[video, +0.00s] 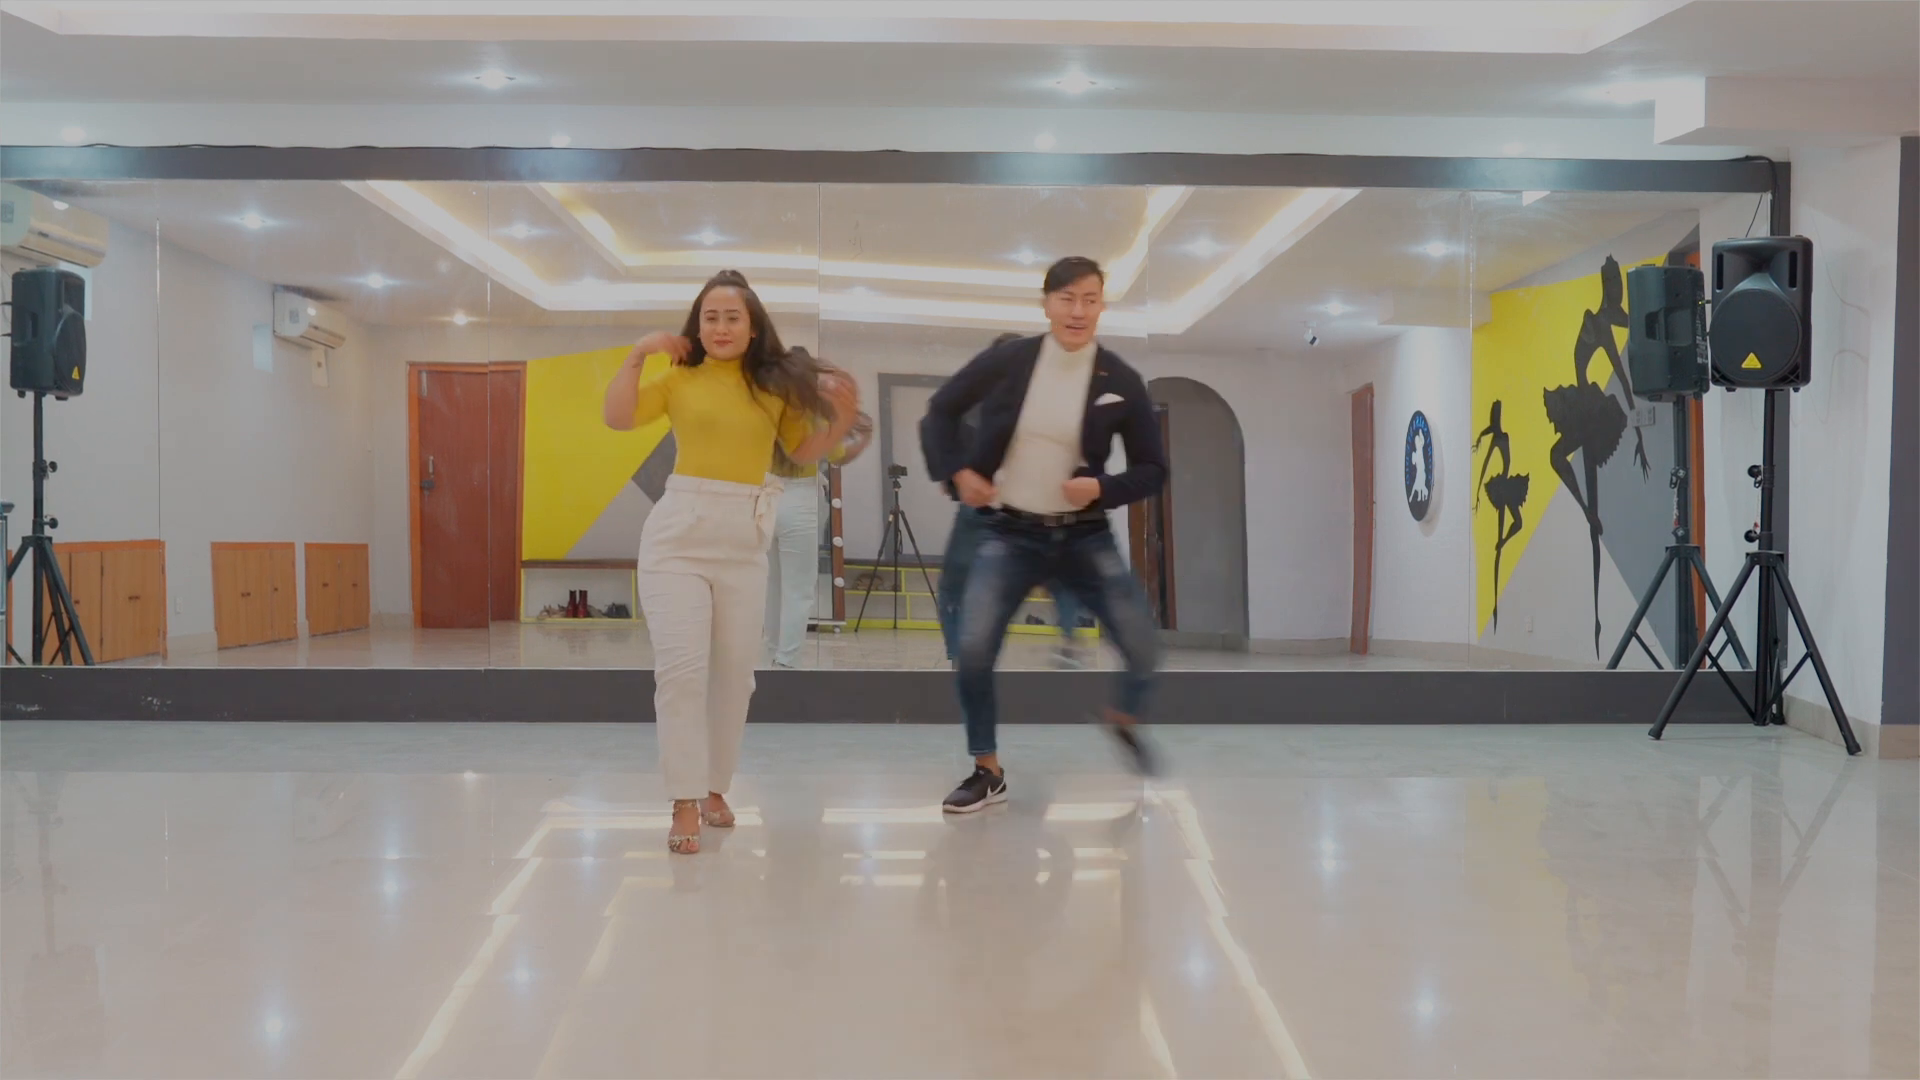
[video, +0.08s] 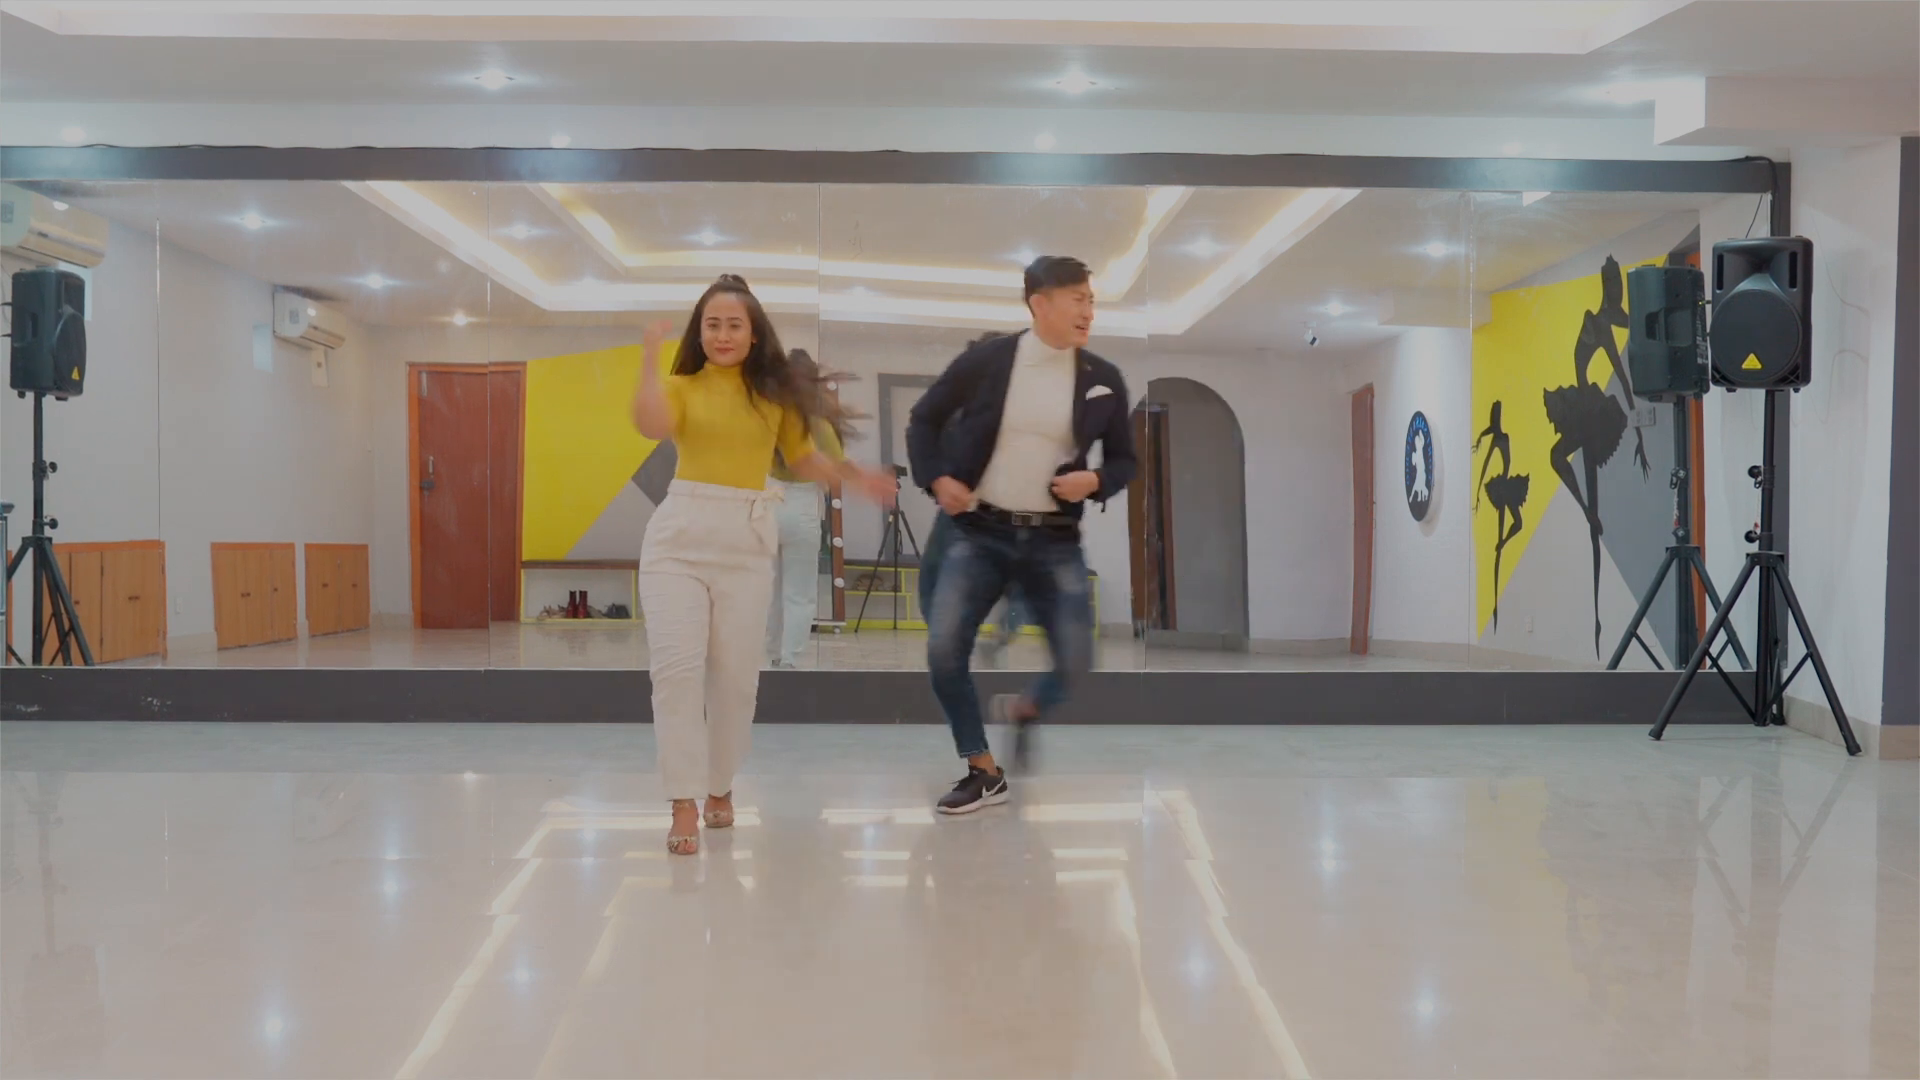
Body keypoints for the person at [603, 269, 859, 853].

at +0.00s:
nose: (721, 327)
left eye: (733, 317)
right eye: (711, 317)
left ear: (753, 326)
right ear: (697, 326)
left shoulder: (773, 390)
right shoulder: (678, 379)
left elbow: (804, 453)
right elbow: (619, 416)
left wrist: (842, 417)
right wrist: (640, 351)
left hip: (745, 545)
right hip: (677, 537)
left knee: (735, 673)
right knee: (681, 667)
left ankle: (717, 789)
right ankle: (686, 801)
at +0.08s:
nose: (724, 334)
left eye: (736, 324)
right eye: (714, 323)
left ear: (755, 333)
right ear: (699, 331)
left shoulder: (772, 397)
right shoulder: (681, 385)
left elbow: (802, 458)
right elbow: (652, 425)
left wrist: (855, 477)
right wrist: (650, 356)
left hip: (746, 541)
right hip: (678, 535)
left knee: (736, 674)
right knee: (676, 666)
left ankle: (719, 787)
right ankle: (683, 801)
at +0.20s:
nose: (728, 337)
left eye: (740, 328)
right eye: (717, 327)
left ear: (758, 338)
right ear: (699, 336)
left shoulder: (772, 400)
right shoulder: (684, 387)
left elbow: (773, 483)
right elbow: (705, 444)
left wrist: (802, 530)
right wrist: (714, 374)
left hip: (751, 545)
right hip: (685, 541)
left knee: (734, 678)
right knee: (663, 665)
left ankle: (726, 790)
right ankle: (685, 796)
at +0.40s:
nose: (741, 328)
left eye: (753, 317)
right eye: (730, 316)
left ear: (771, 323)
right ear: (715, 322)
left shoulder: (780, 386)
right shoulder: (695, 378)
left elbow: (792, 468)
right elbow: (668, 454)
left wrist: (837, 471)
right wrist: (669, 486)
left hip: (765, 532)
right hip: (699, 525)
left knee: (755, 660)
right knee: (728, 643)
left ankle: (729, 783)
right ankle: (670, 655)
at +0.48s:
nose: (748, 329)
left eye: (760, 317)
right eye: (737, 317)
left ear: (778, 323)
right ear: (721, 322)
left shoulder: (787, 386)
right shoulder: (696, 376)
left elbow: (815, 463)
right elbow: (656, 444)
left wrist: (860, 440)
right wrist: (628, 488)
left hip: (766, 531)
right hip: (705, 526)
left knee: (749, 660)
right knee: (769, 637)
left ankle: (711, 779)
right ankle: (676, 643)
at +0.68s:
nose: (760, 342)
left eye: (772, 331)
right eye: (749, 330)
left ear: (790, 335)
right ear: (734, 334)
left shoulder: (804, 395)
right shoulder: (712, 389)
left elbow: (843, 466)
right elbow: (658, 448)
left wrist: (888, 461)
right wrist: (589, 442)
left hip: (777, 548)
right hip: (726, 543)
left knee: (740, 677)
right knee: (789, 660)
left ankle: (689, 782)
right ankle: (783, 791)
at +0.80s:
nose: (766, 344)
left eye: (777, 333)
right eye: (755, 333)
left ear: (795, 340)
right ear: (740, 338)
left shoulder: (811, 401)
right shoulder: (718, 392)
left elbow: (839, 480)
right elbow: (672, 459)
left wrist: (882, 503)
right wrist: (639, 419)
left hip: (794, 549)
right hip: (730, 545)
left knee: (809, 673)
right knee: (767, 665)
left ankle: (730, 764)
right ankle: (777, 792)